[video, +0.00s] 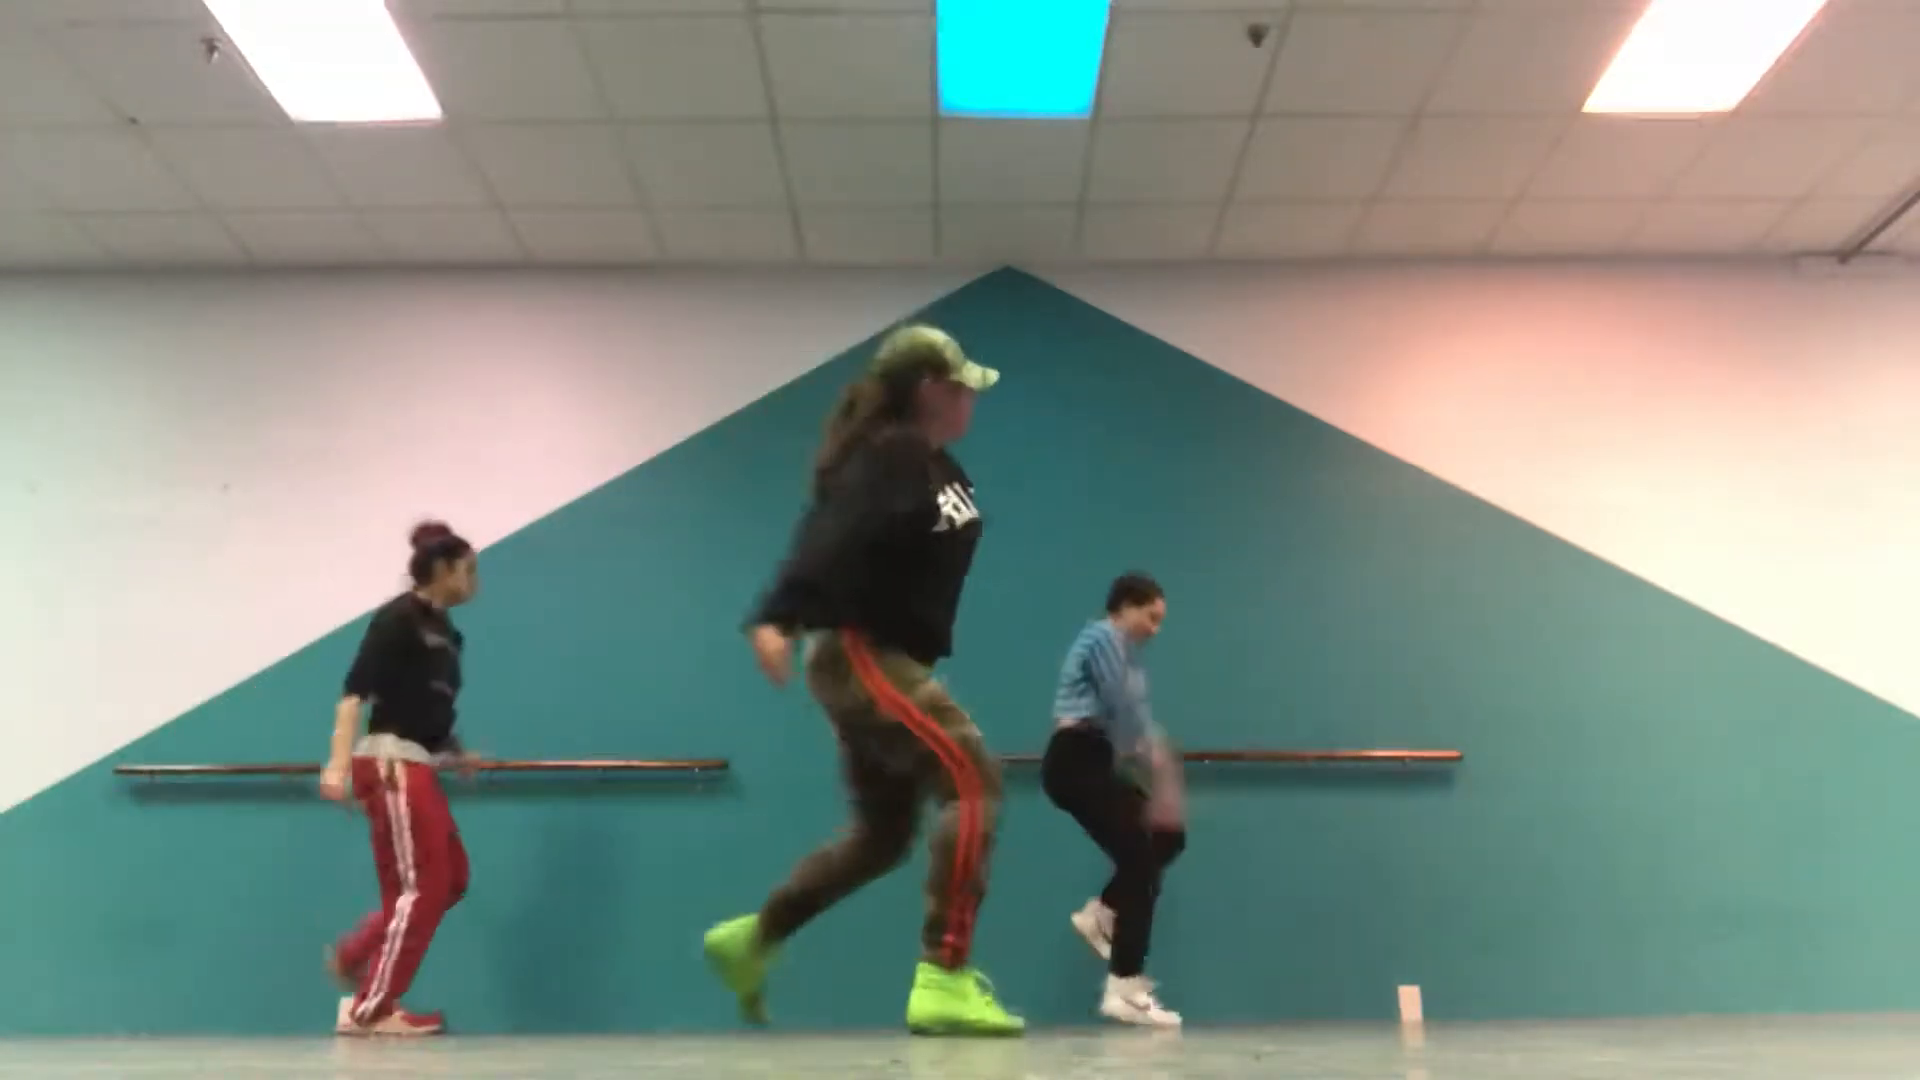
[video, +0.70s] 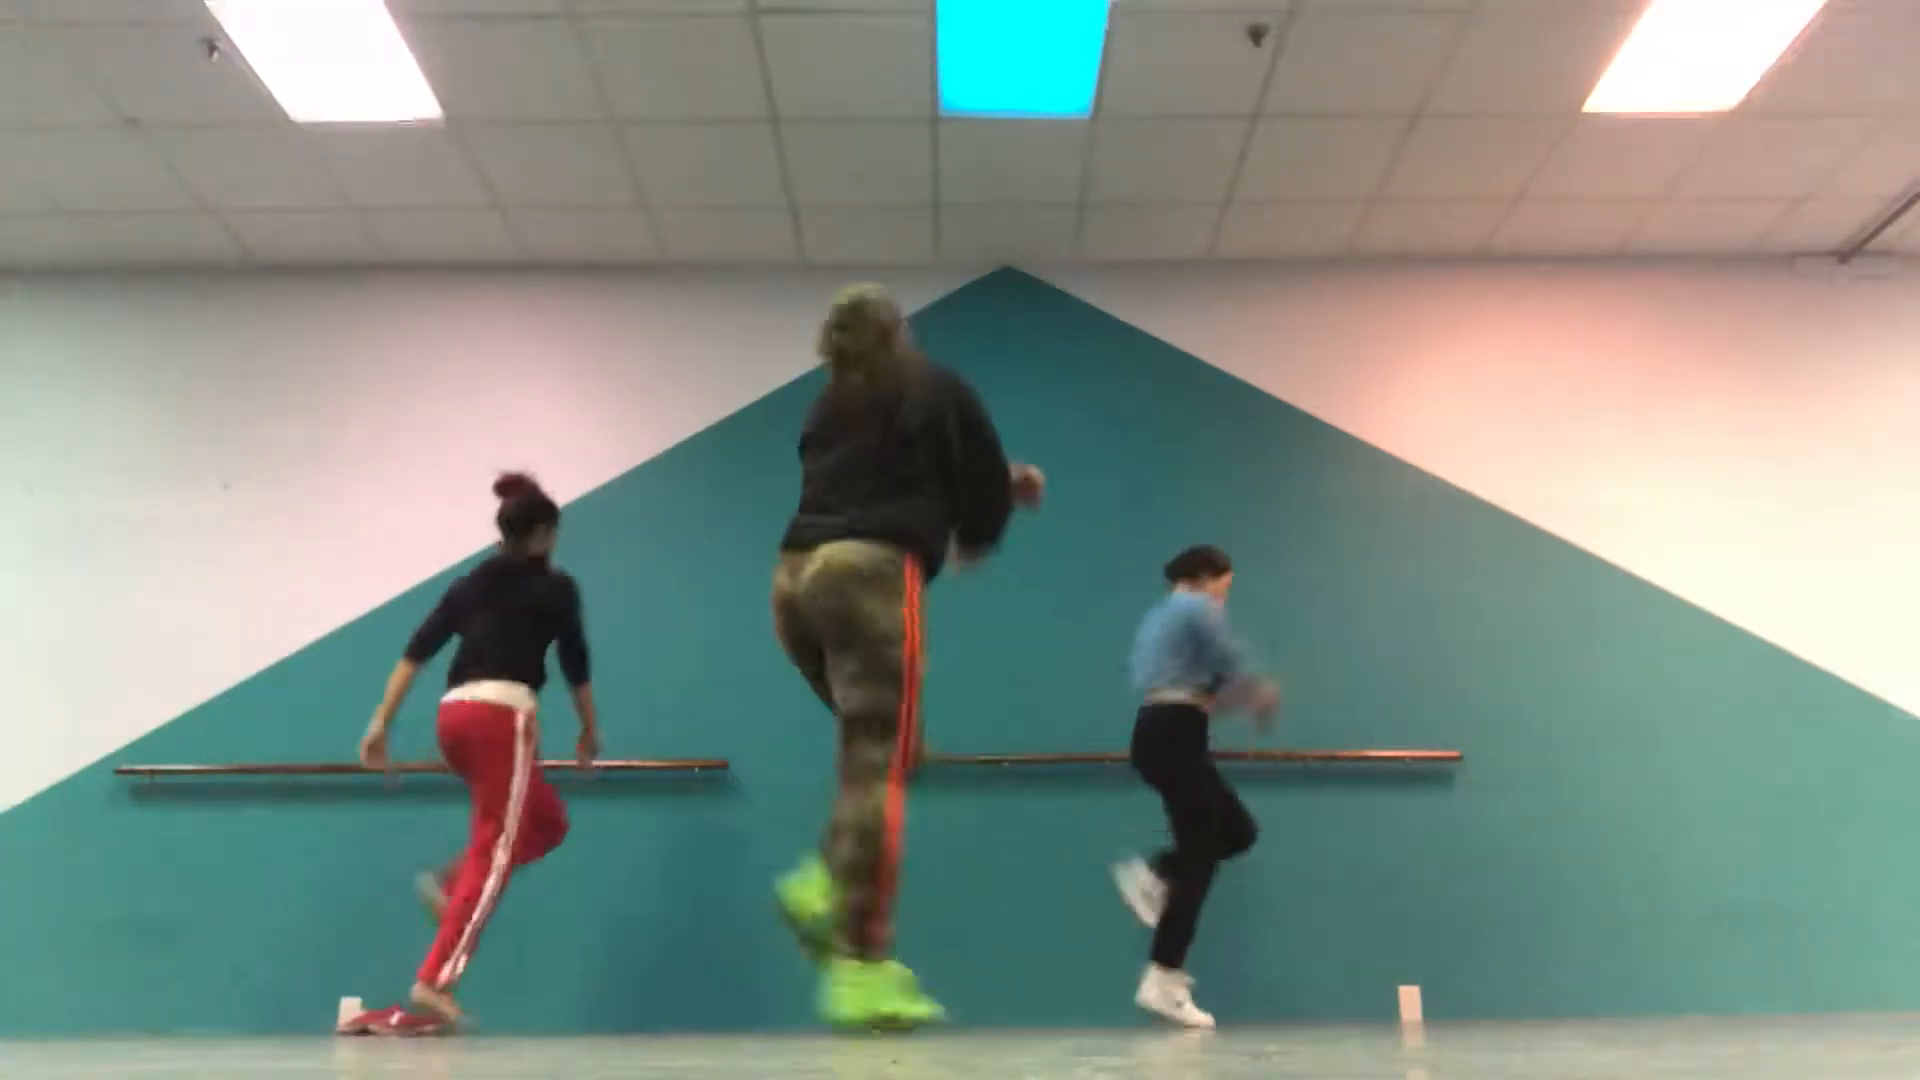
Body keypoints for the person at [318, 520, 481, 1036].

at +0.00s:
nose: (474, 579)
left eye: (473, 569)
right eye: (468, 569)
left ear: (442, 572)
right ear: (442, 570)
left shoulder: (446, 631)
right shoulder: (395, 618)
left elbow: (429, 705)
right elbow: (353, 694)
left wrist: (455, 752)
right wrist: (339, 762)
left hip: (418, 764)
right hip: (389, 760)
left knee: (452, 878)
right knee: (419, 884)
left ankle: (352, 954)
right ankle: (372, 1009)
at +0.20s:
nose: (491, 608)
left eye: (491, 598)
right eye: (486, 598)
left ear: (463, 599)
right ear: (463, 598)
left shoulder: (478, 662)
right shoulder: (421, 642)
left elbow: (500, 719)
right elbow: (355, 685)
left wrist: (536, 755)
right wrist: (290, 722)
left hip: (419, 789)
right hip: (406, 786)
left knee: (434, 904)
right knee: (484, 874)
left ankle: (378, 1007)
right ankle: (397, 988)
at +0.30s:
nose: (508, 603)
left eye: (507, 593)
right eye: (503, 592)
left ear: (478, 592)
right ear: (479, 591)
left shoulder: (492, 655)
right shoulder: (439, 634)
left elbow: (512, 724)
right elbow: (381, 678)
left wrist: (523, 772)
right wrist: (331, 713)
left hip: (434, 782)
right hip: (420, 779)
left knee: (436, 898)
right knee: (492, 873)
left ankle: (380, 1005)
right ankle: (416, 990)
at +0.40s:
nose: (526, 592)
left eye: (525, 581)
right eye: (522, 581)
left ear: (494, 581)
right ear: (500, 580)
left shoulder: (490, 636)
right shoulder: (460, 623)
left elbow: (476, 715)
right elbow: (422, 690)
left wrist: (489, 779)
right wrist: (399, 745)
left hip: (454, 768)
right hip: (442, 766)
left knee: (435, 893)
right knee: (488, 883)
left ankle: (376, 1004)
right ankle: (424, 1009)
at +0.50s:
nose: (535, 592)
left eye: (534, 581)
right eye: (532, 581)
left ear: (494, 579)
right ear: (514, 579)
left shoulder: (467, 624)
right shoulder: (488, 629)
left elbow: (478, 719)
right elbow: (490, 723)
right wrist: (499, 793)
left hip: (438, 765)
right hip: (458, 767)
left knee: (472, 895)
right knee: (494, 895)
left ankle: (373, 920)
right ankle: (424, 1012)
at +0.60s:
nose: (544, 568)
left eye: (543, 557)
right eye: (541, 557)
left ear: (497, 557)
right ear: (525, 557)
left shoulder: (466, 604)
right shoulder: (528, 611)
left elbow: (421, 692)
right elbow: (548, 698)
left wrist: (400, 767)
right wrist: (571, 762)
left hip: (443, 749)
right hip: (481, 752)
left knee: (532, 856)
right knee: (484, 890)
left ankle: (416, 853)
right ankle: (422, 1010)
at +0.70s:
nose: (551, 539)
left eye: (548, 531)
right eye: (551, 531)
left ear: (504, 533)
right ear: (545, 533)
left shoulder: (472, 581)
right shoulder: (556, 587)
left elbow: (417, 651)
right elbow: (575, 665)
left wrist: (379, 722)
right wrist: (588, 728)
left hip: (453, 719)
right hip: (504, 719)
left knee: (547, 822)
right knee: (494, 851)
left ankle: (453, 884)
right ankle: (436, 981)